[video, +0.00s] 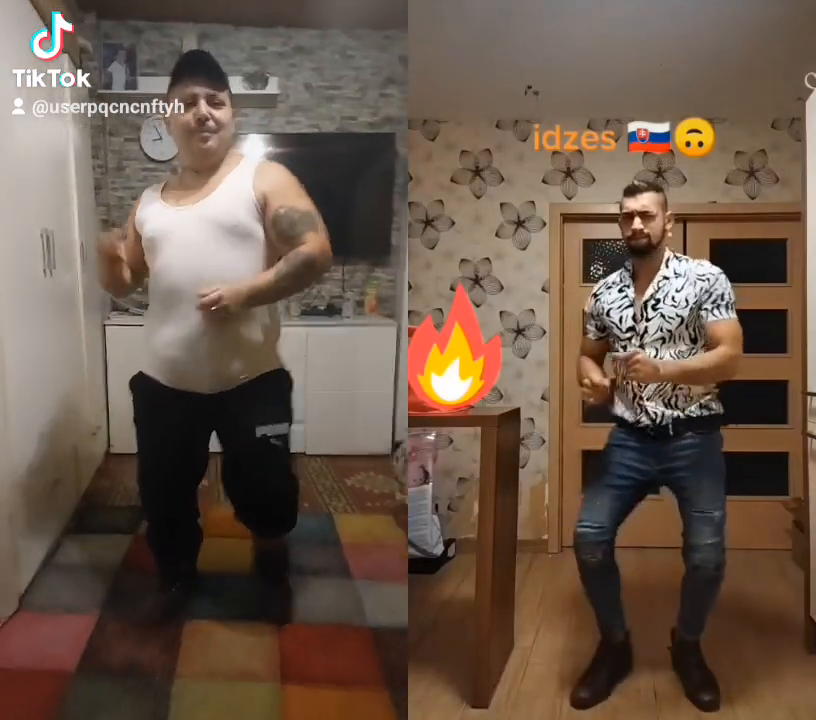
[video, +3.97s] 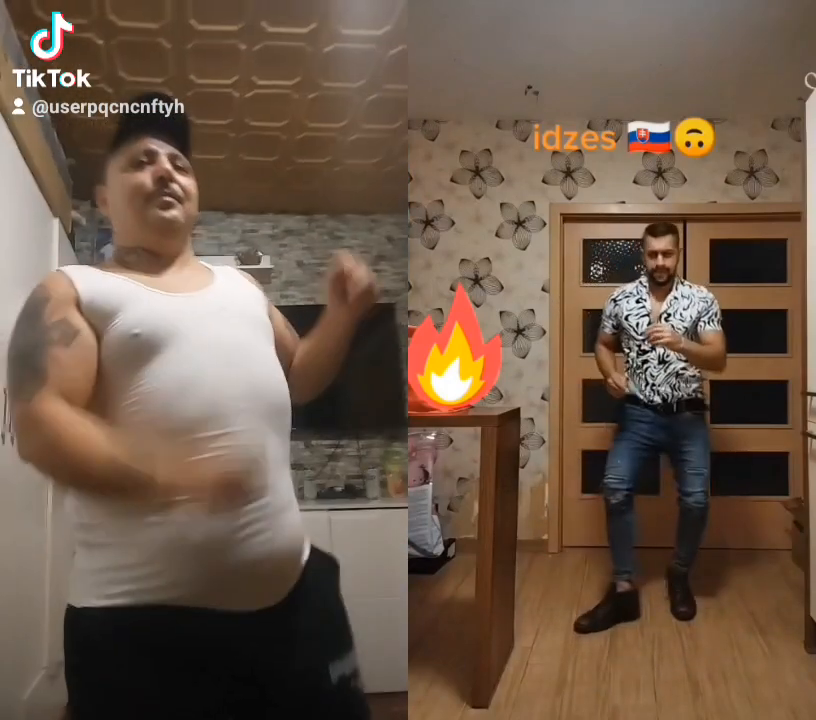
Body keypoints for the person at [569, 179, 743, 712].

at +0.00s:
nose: (634, 225)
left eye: (645, 216)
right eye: (626, 217)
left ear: (668, 221)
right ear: (618, 225)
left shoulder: (704, 278)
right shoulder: (607, 292)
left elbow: (730, 355)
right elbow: (588, 357)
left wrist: (664, 369)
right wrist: (594, 376)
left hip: (695, 439)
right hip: (630, 440)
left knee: (707, 560)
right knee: (589, 540)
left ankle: (687, 647)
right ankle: (614, 647)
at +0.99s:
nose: (638, 241)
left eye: (646, 232)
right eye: (629, 232)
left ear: (655, 233)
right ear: (608, 232)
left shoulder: (666, 297)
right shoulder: (572, 288)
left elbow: (682, 362)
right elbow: (549, 362)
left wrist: (671, 366)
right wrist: (587, 401)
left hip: (660, 434)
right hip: (599, 438)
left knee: (703, 527)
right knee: (589, 547)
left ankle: (665, 632)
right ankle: (607, 649)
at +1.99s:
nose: (645, 243)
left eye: (653, 235)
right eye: (638, 236)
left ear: (672, 240)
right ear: (632, 244)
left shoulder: (701, 286)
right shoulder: (621, 304)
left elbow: (725, 353)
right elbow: (612, 361)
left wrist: (676, 385)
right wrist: (599, 387)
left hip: (676, 427)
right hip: (622, 422)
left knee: (679, 533)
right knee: (583, 505)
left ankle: (671, 621)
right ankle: (611, 622)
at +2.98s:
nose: (606, 249)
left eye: (614, 242)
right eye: (600, 242)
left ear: (628, 247)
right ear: (590, 247)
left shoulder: (654, 293)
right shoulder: (571, 300)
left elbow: (682, 347)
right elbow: (545, 357)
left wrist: (656, 376)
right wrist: (564, 363)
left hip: (648, 418)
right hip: (598, 420)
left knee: (672, 504)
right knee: (589, 508)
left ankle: (662, 604)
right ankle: (613, 594)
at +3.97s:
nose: (660, 261)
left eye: (667, 254)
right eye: (653, 254)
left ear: (679, 255)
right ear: (643, 256)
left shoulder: (701, 299)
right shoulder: (622, 299)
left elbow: (718, 360)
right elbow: (604, 346)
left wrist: (679, 344)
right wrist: (611, 373)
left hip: (688, 416)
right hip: (638, 414)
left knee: (696, 501)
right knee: (615, 491)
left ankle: (680, 576)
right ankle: (624, 592)